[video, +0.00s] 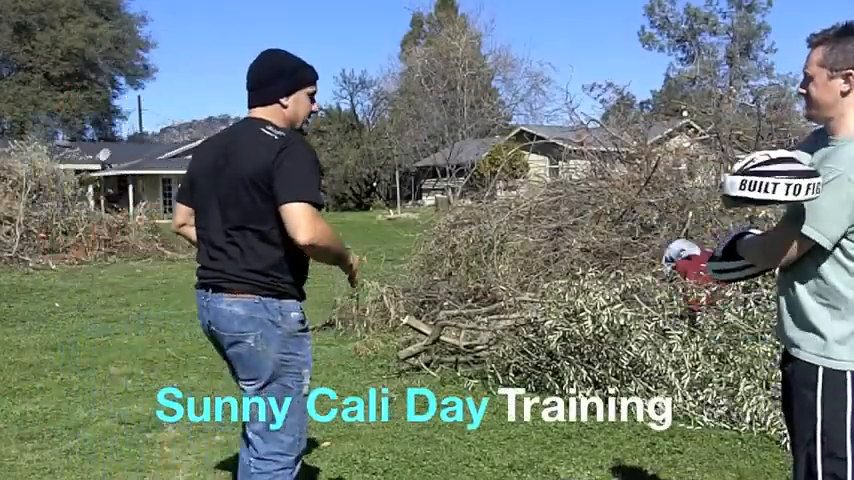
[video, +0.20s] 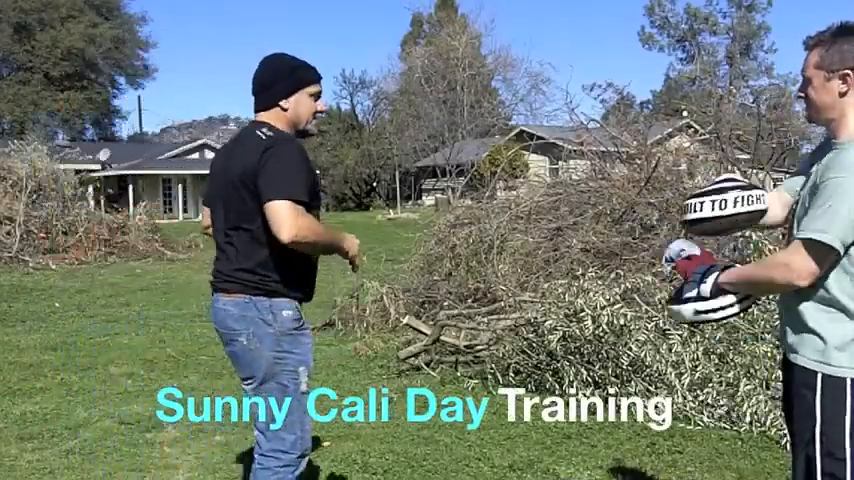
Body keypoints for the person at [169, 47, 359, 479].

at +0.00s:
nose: (314, 106)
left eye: (313, 96)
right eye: (309, 95)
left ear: (271, 96)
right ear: (283, 96)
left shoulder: (210, 147)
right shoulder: (288, 147)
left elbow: (183, 220)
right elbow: (306, 232)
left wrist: (230, 245)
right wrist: (344, 257)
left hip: (214, 305)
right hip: (263, 310)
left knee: (263, 420)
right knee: (277, 447)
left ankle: (258, 466)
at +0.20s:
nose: (321, 106)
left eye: (320, 97)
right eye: (315, 96)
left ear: (274, 100)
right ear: (285, 98)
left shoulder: (231, 150)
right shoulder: (281, 147)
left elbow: (211, 221)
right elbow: (290, 226)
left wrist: (265, 241)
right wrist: (340, 241)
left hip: (233, 303)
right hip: (264, 307)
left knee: (277, 429)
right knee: (284, 444)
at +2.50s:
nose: (393, 129)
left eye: (396, 120)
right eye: (383, 121)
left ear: (398, 122)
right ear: (355, 124)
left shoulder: (401, 171)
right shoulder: (317, 162)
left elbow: (421, 238)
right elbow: (320, 224)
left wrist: (440, 199)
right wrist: (368, 172)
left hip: (386, 318)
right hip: (321, 316)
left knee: (410, 426)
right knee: (284, 426)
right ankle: (261, 476)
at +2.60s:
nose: (387, 132)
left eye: (390, 122)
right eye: (376, 124)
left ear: (393, 122)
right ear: (348, 126)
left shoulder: (401, 170)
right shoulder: (311, 163)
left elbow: (419, 240)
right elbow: (310, 230)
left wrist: (435, 208)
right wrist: (359, 177)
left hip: (381, 318)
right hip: (315, 315)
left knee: (408, 423)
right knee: (278, 421)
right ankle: (257, 476)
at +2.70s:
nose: (380, 150)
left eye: (384, 139)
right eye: (368, 142)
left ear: (390, 136)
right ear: (342, 143)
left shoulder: (402, 173)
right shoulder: (307, 173)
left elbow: (425, 245)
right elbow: (296, 246)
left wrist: (430, 223)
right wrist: (344, 196)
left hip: (378, 321)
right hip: (308, 318)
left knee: (406, 419)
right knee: (274, 417)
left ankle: (414, 476)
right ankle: (255, 476)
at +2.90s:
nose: (347, 229)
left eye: (353, 217)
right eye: (335, 221)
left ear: (361, 210)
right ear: (314, 218)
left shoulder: (383, 228)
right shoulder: (286, 230)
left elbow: (418, 281)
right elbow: (268, 306)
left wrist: (403, 280)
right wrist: (303, 273)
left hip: (369, 325)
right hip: (305, 326)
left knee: (408, 406)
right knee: (260, 403)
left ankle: (416, 475)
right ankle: (249, 474)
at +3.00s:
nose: (329, 234)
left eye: (334, 222)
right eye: (317, 226)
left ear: (342, 213)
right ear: (297, 226)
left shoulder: (367, 230)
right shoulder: (270, 240)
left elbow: (407, 291)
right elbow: (261, 317)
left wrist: (387, 287)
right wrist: (291, 278)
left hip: (364, 325)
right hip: (301, 329)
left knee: (406, 407)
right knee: (257, 402)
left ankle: (415, 475)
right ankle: (249, 475)